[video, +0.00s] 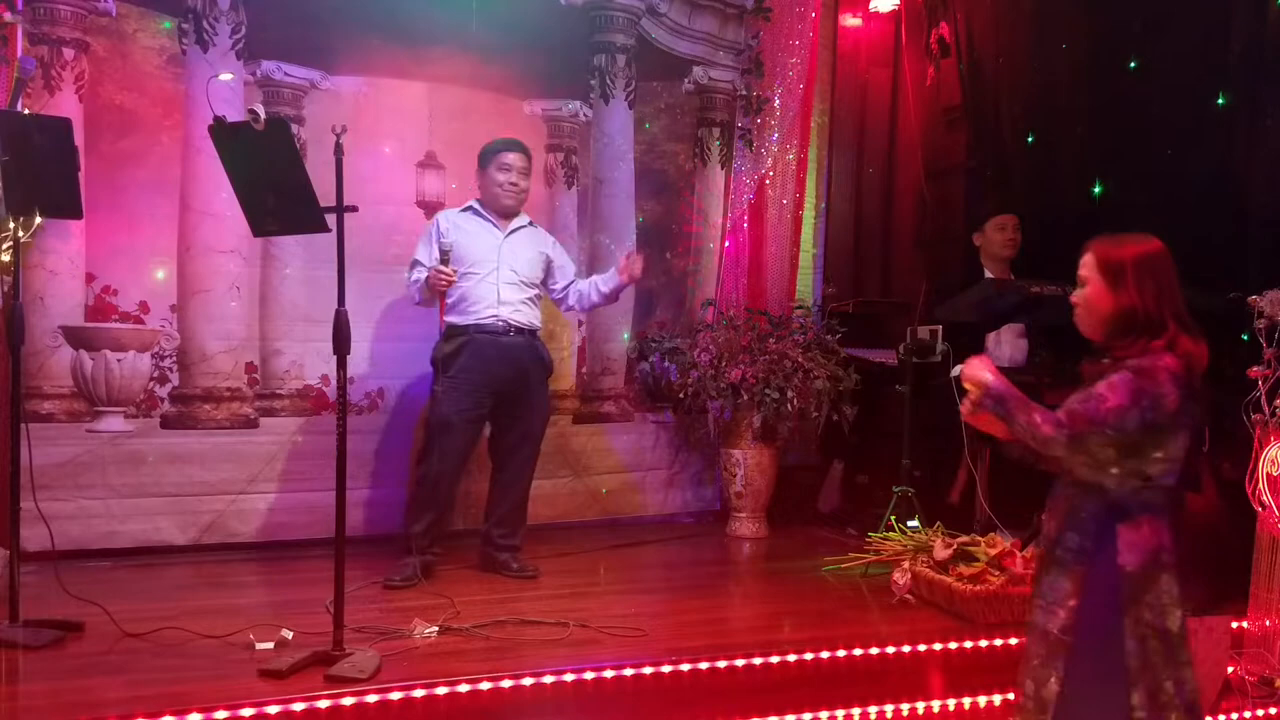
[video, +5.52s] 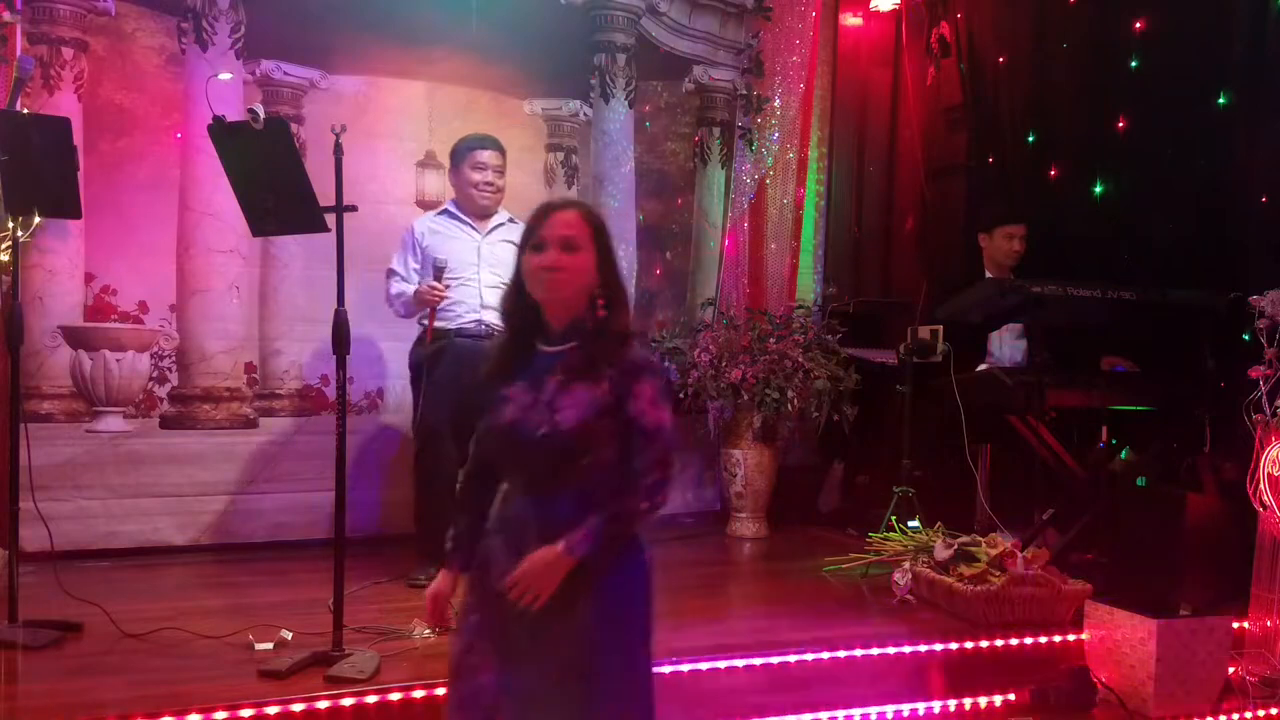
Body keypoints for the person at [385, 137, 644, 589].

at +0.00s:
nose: (514, 180)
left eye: (523, 173)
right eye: (504, 170)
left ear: (530, 182)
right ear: (481, 176)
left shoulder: (542, 241)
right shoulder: (447, 224)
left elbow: (572, 296)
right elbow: (418, 284)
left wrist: (617, 278)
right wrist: (430, 282)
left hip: (526, 353)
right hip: (468, 350)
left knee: (518, 459)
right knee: (443, 453)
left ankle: (503, 550)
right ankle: (418, 554)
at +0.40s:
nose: (472, 176)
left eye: (483, 169)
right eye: (463, 166)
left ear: (496, 180)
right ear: (447, 174)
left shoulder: (512, 238)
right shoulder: (417, 224)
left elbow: (540, 306)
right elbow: (389, 286)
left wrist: (585, 342)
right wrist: (402, 290)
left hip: (490, 352)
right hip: (432, 348)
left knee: (509, 441)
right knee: (418, 446)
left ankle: (502, 548)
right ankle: (412, 555)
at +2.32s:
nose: (509, 177)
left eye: (519, 172)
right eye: (499, 168)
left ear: (529, 184)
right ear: (480, 176)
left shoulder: (544, 239)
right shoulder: (447, 227)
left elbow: (566, 300)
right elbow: (417, 291)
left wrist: (587, 275)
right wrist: (419, 286)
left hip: (525, 353)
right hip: (465, 352)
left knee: (522, 458)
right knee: (444, 451)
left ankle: (513, 550)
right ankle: (417, 552)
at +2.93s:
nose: (500, 185)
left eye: (505, 178)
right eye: (493, 174)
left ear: (506, 184)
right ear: (460, 172)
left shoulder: (512, 239)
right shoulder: (417, 219)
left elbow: (528, 307)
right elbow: (386, 284)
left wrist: (564, 340)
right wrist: (404, 290)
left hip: (495, 354)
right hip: (436, 352)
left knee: (508, 458)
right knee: (427, 461)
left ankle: (511, 551)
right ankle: (419, 558)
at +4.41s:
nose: (525, 176)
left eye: (536, 168)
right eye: (515, 167)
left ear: (551, 177)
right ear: (499, 175)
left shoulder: (568, 229)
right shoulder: (475, 228)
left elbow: (584, 282)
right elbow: (453, 291)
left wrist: (588, 302)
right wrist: (452, 292)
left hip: (553, 357)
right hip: (491, 359)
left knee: (560, 461)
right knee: (467, 455)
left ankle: (548, 561)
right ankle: (445, 556)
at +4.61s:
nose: (526, 169)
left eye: (537, 161)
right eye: (517, 160)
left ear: (556, 172)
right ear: (503, 169)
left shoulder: (575, 227)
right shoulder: (480, 224)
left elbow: (594, 295)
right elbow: (458, 291)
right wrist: (457, 289)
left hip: (551, 356)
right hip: (490, 356)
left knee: (553, 468)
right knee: (475, 462)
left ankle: (547, 561)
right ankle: (463, 559)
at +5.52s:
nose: (489, 178)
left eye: (497, 170)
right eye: (478, 168)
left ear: (505, 179)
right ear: (455, 174)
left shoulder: (520, 235)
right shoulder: (425, 229)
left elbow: (539, 295)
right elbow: (397, 295)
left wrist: (528, 332)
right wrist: (417, 296)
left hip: (503, 352)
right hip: (446, 353)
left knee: (498, 452)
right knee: (438, 455)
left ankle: (491, 554)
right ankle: (432, 558)